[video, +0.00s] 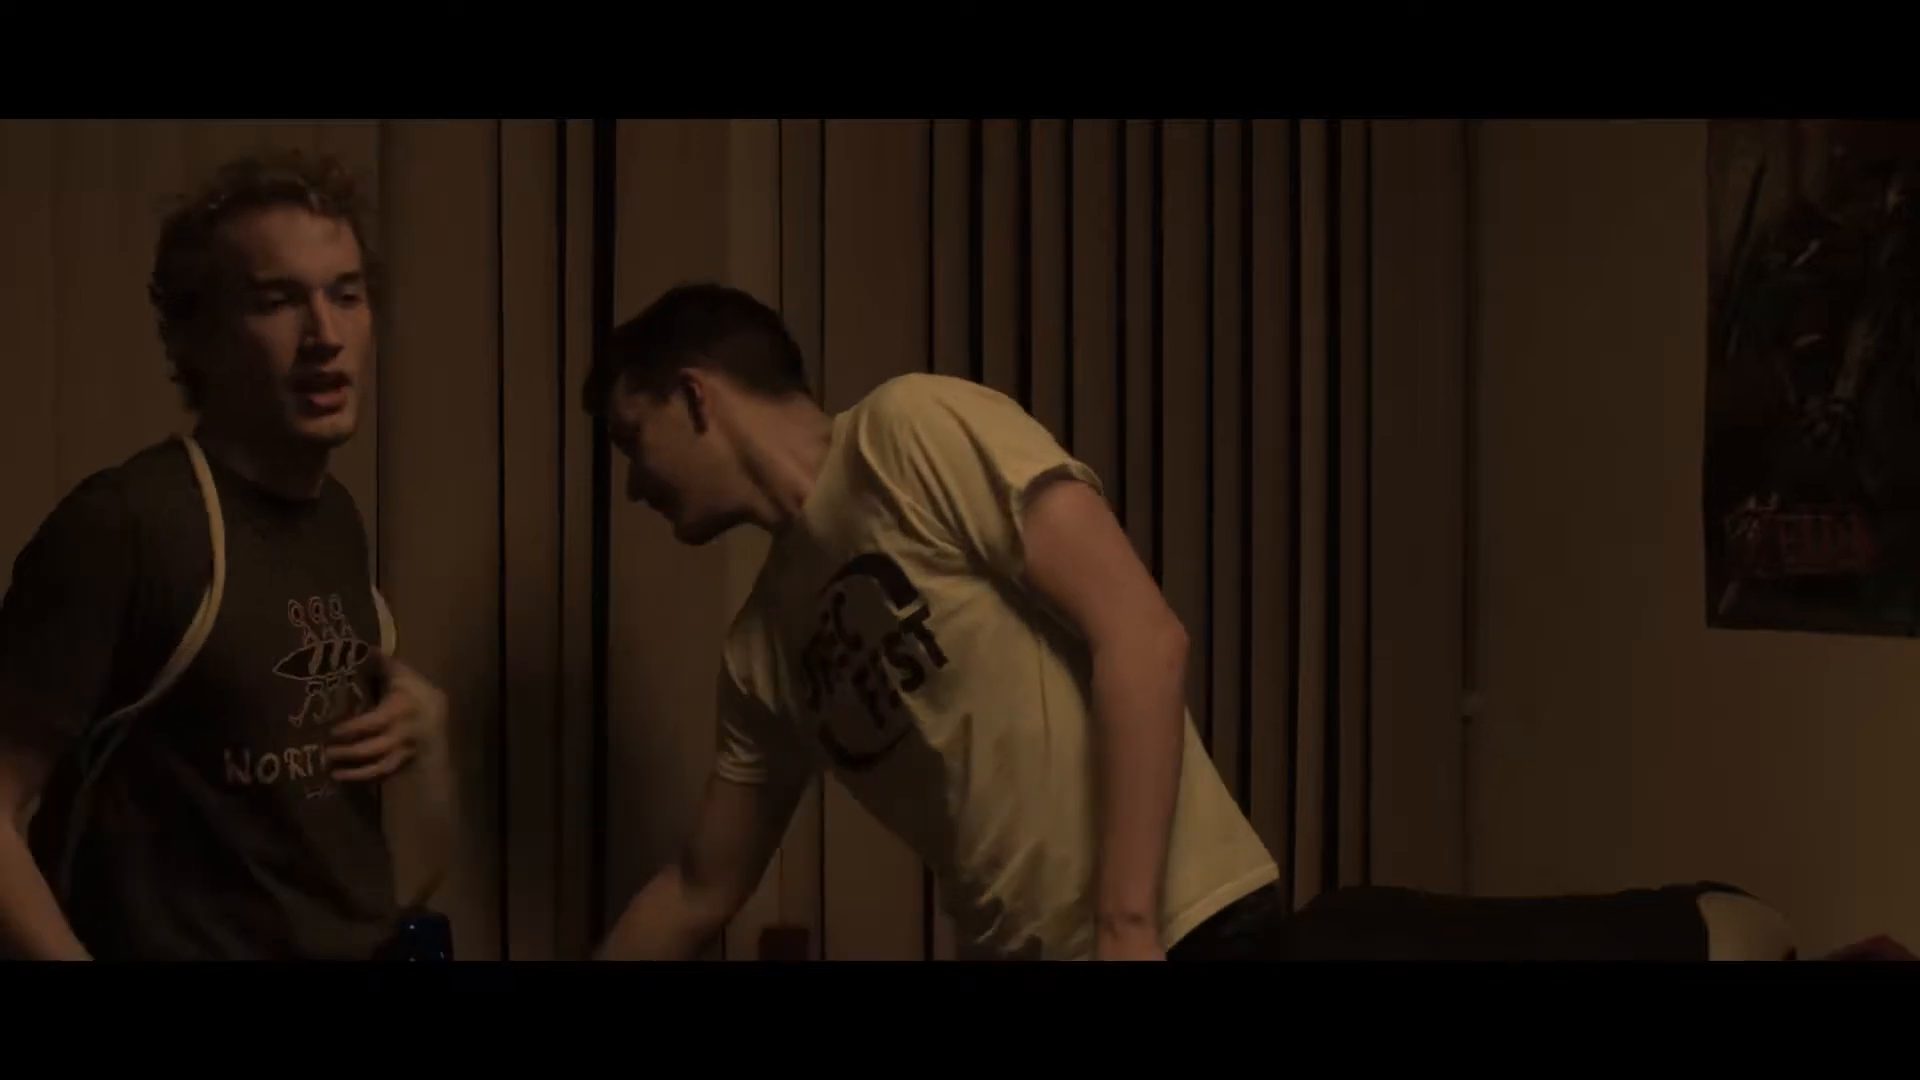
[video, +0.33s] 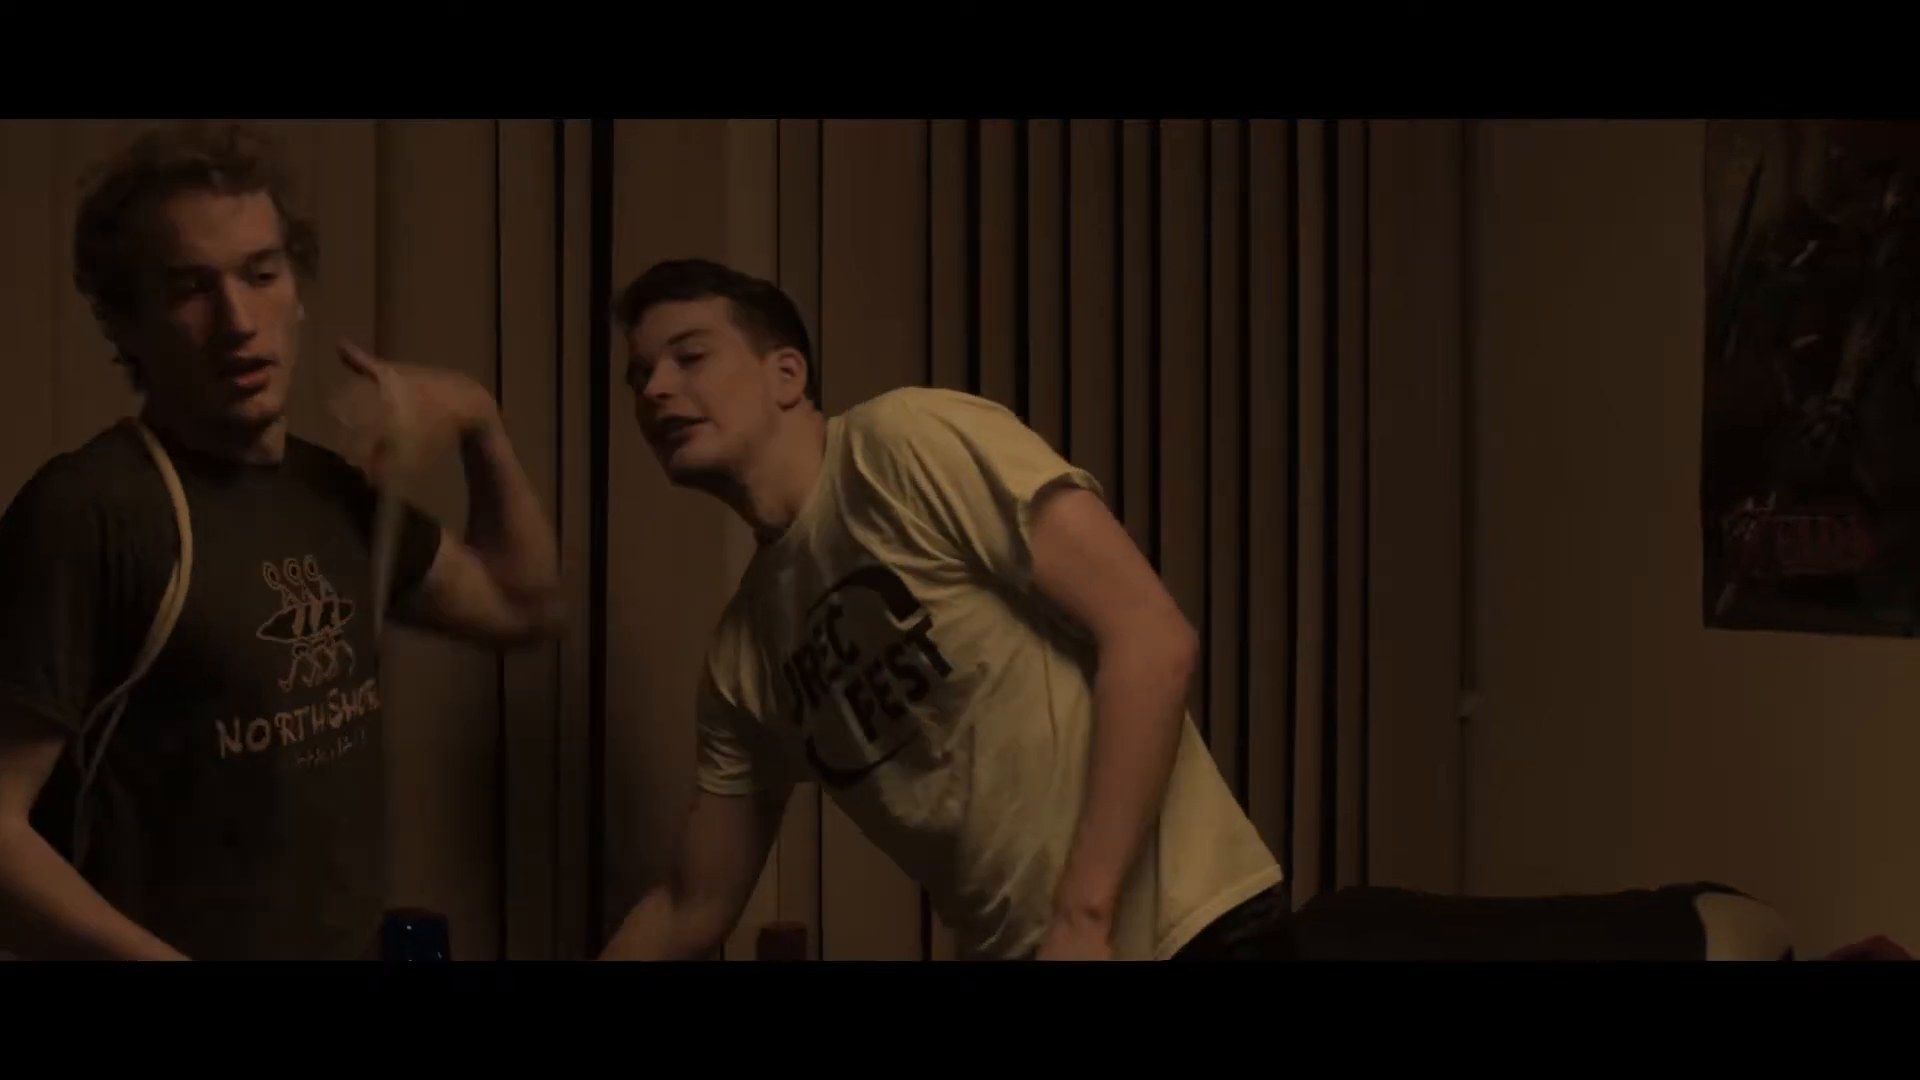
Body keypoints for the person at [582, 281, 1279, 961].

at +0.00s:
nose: (632, 480)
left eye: (631, 436)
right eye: (622, 452)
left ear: (699, 395)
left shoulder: (912, 422)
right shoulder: (764, 648)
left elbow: (1141, 635)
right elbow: (699, 887)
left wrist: (1127, 920)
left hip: (1188, 913)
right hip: (1025, 948)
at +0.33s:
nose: (655, 391)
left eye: (688, 356)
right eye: (640, 377)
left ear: (786, 373)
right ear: (636, 414)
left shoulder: (908, 437)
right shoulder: (745, 655)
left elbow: (1149, 635)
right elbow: (692, 904)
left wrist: (1083, 911)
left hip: (1189, 914)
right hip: (1014, 953)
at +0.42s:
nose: (675, 370)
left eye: (710, 336)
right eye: (657, 356)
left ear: (805, 356)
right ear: (653, 393)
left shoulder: (929, 432)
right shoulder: (754, 634)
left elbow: (1165, 642)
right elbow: (747, 895)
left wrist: (1071, 911)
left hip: (1186, 915)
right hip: (1005, 948)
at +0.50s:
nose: (706, 347)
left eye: (745, 313)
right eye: (687, 329)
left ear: (834, 339)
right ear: (680, 363)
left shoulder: (963, 434)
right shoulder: (772, 608)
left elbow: (1182, 657)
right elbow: (819, 867)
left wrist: (1050, 915)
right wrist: (708, 956)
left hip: (1179, 929)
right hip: (992, 950)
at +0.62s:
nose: (769, 317)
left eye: (808, 285)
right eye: (748, 296)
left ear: (894, 316)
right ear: (734, 329)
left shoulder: (1018, 435)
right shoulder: (808, 571)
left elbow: (1205, 689)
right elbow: (900, 822)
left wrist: (1019, 911)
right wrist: (794, 943)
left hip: (1170, 934)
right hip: (988, 951)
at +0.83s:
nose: (883, 286)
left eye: (924, 255)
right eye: (859, 258)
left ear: (1001, 286)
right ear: (838, 282)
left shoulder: (1121, 440)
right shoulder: (864, 518)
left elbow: (1264, 714)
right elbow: (918, 770)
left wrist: (1029, 887)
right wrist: (865, 900)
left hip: (1183, 939)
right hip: (997, 945)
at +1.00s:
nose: (958, 282)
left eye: (1001, 251)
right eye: (936, 251)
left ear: (1079, 273)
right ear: (915, 267)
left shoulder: (1201, 444)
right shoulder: (915, 483)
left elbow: (1329, 722)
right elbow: (908, 728)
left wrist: (1080, 861)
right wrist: (902, 836)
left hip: (1205, 940)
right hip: (1002, 937)